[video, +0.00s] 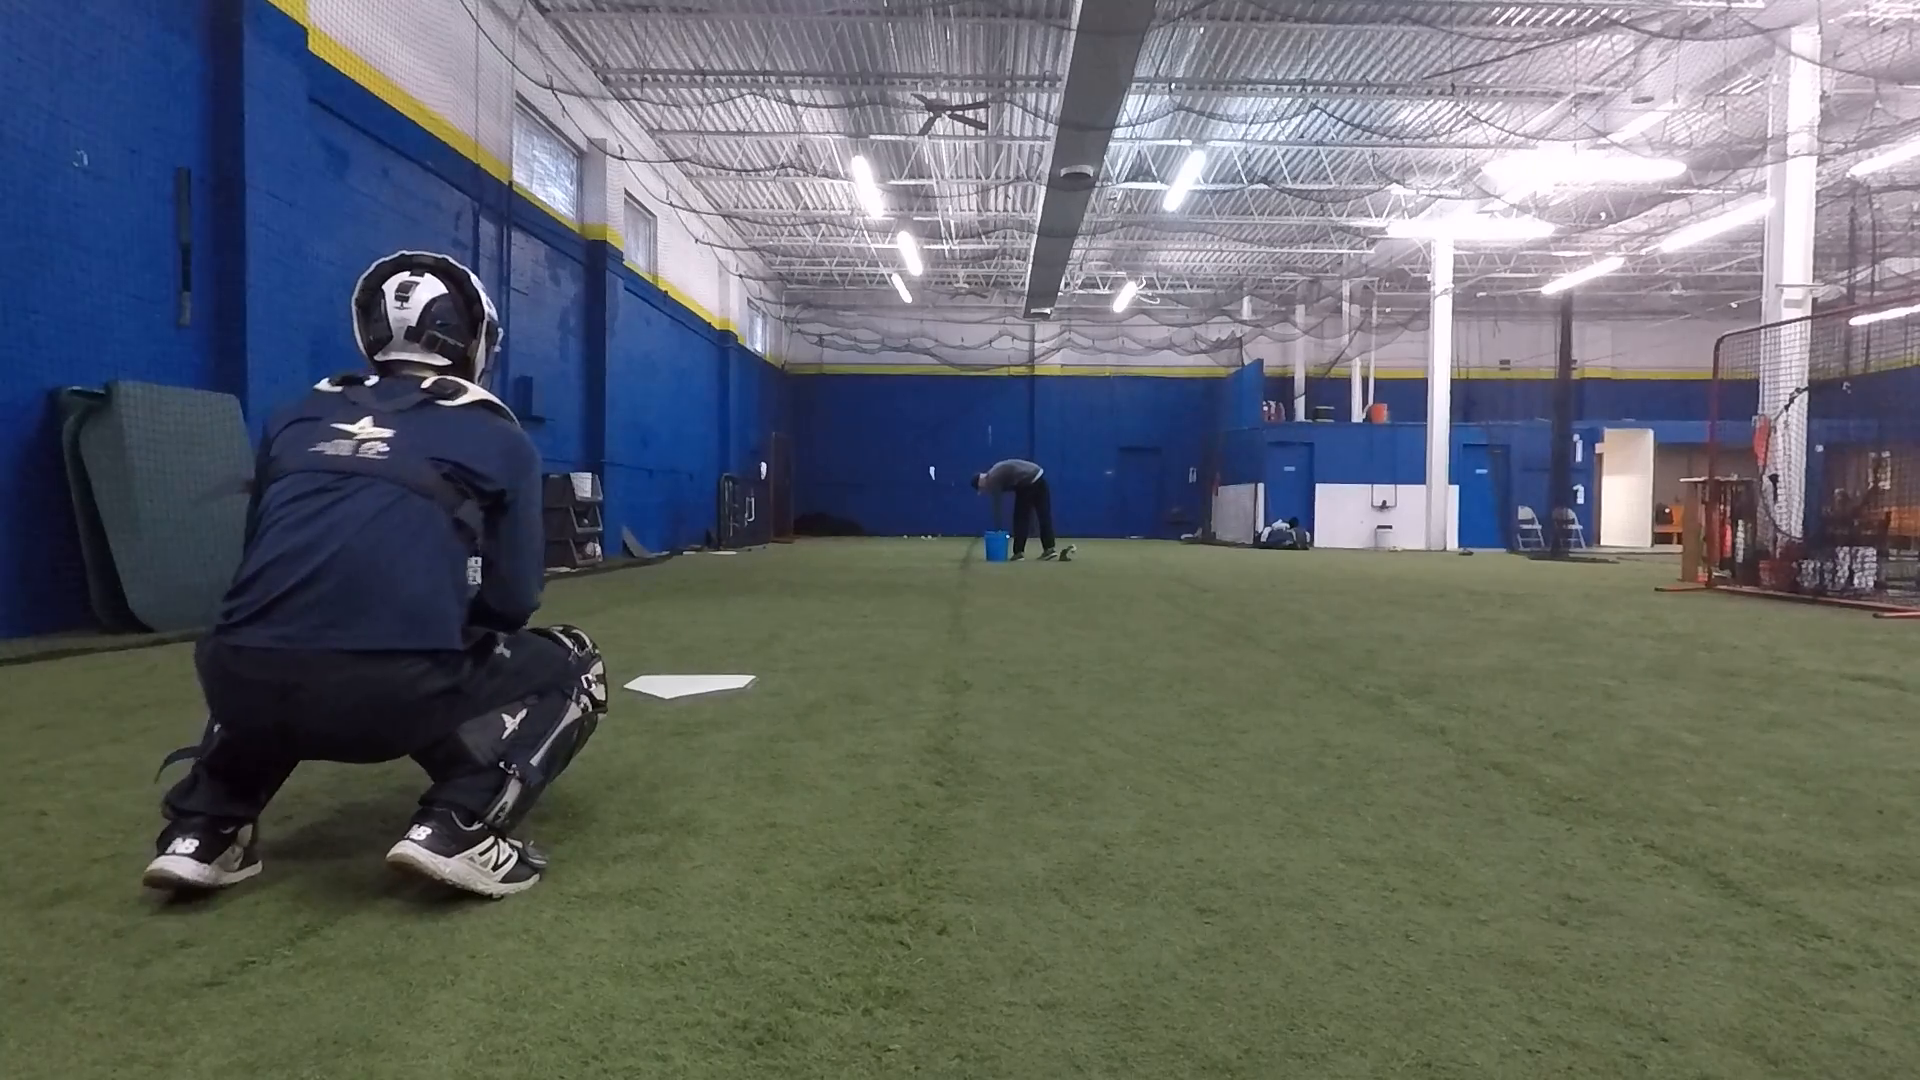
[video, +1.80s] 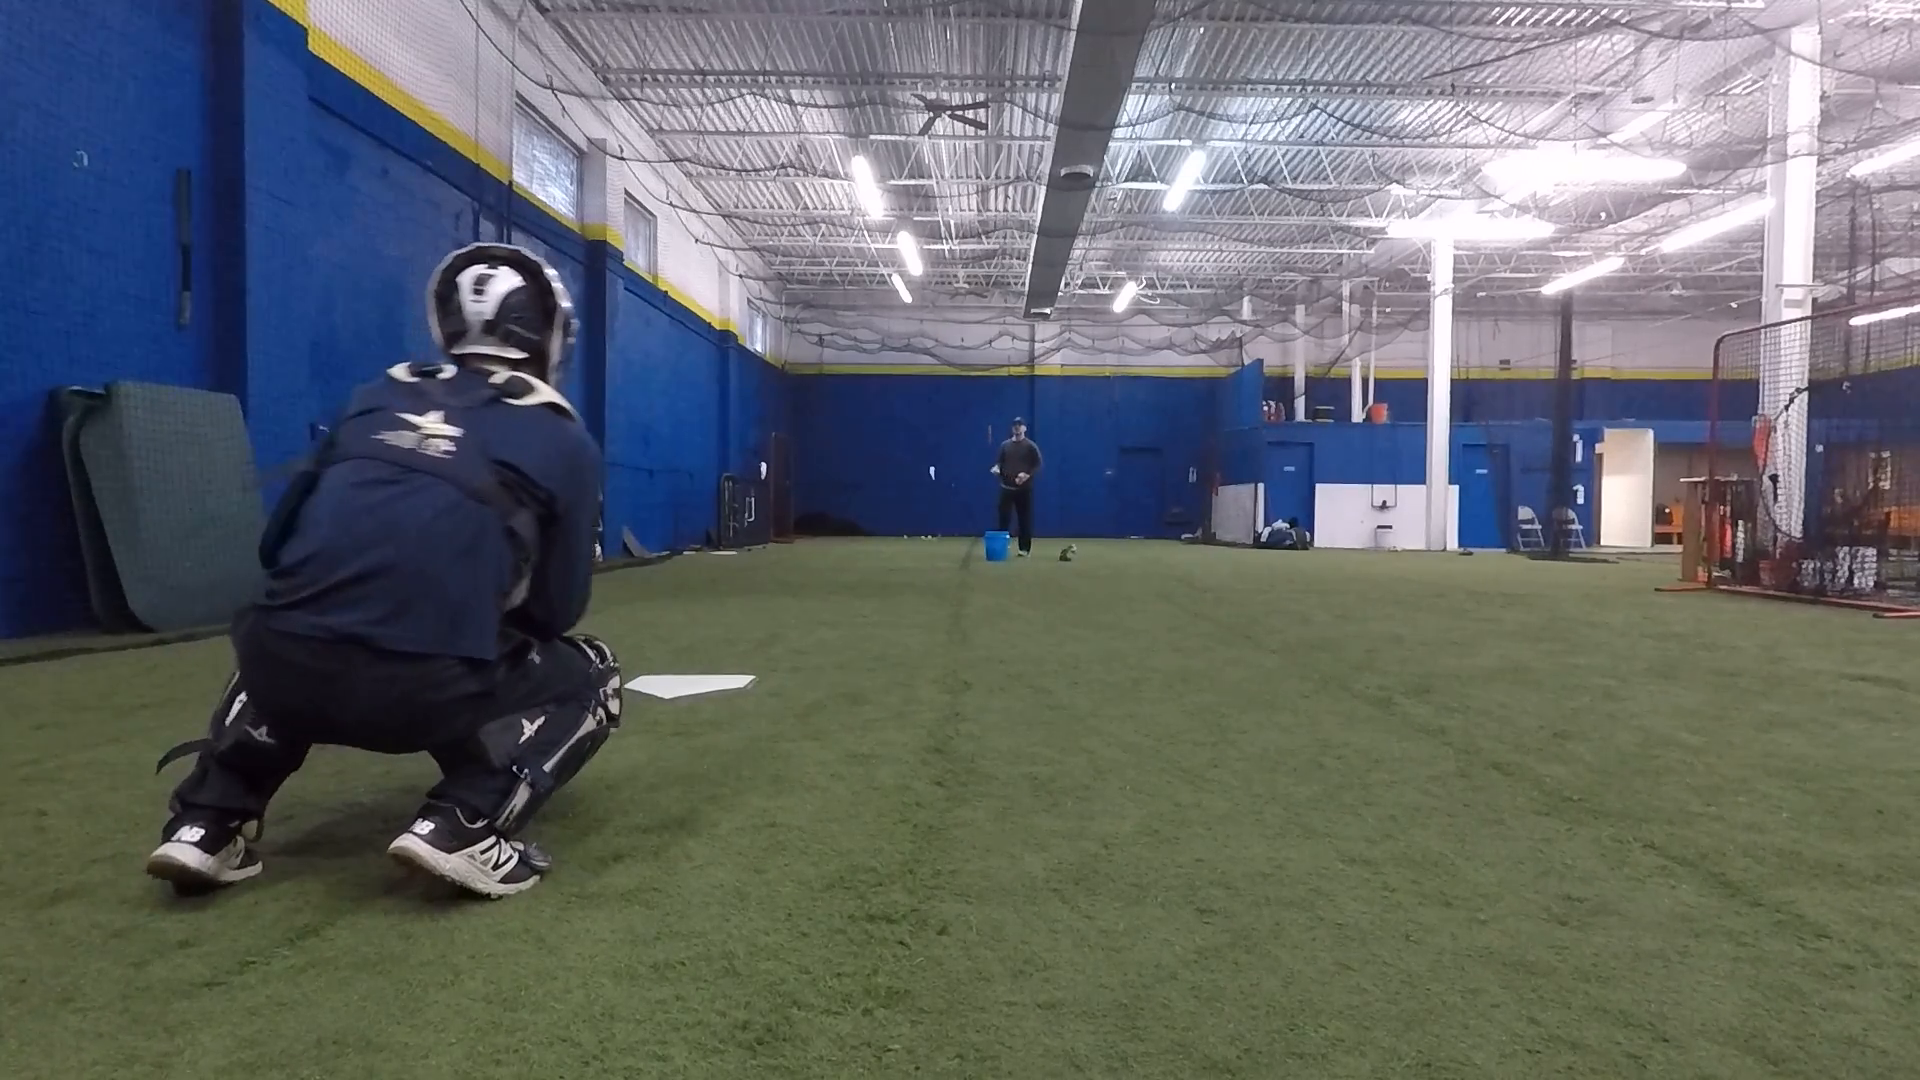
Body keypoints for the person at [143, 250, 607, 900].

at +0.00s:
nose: (488, 348)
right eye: (483, 334)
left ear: (369, 338)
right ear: (472, 342)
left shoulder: (295, 415)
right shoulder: (502, 439)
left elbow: (259, 554)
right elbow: (513, 598)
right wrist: (448, 636)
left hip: (252, 685)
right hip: (397, 693)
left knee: (283, 629)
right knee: (572, 665)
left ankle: (202, 827)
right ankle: (459, 823)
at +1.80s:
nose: (566, 342)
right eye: (562, 327)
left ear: (448, 330)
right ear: (550, 335)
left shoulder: (375, 396)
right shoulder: (567, 442)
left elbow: (278, 540)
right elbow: (556, 612)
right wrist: (463, 606)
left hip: (289, 670)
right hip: (430, 691)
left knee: (291, 631)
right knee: (589, 674)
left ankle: (205, 821)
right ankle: (462, 821)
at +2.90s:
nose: (469, 268)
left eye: (468, 254)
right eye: (465, 251)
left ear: (354, 240)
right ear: (447, 247)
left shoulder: (276, 305)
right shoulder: (423, 297)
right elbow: (433, 354)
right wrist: (434, 503)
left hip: (157, 535)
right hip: (291, 523)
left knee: (243, 625)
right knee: (533, 587)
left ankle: (111, 828)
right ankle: (486, 810)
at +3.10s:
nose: (460, 298)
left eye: (459, 284)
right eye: (460, 283)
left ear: (348, 276)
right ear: (445, 277)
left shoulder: (277, 337)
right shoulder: (425, 337)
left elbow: (231, 463)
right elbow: (421, 428)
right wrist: (390, 570)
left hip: (142, 569)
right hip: (274, 559)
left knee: (226, 649)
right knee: (527, 639)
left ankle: (64, 831)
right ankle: (520, 853)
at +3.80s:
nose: (463, 350)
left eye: (458, 335)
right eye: (459, 336)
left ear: (345, 338)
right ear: (442, 337)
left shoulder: (273, 399)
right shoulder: (433, 398)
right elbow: (475, 506)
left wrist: (352, 579)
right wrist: (456, 666)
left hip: (149, 639)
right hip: (286, 640)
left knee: (211, 667)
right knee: (562, 645)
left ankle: (56, 835)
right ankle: (509, 872)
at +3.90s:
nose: (461, 354)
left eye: (458, 338)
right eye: (457, 339)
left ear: (346, 343)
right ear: (437, 338)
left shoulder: (274, 404)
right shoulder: (433, 401)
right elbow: (481, 510)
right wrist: (461, 669)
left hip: (151, 646)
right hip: (286, 646)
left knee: (212, 663)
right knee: (563, 644)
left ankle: (57, 839)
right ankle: (510, 873)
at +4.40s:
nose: (472, 365)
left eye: (467, 350)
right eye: (468, 351)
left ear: (351, 358)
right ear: (453, 354)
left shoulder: (269, 421)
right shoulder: (438, 413)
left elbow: (218, 550)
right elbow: (532, 519)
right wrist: (484, 674)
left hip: (167, 653)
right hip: (319, 651)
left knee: (168, 644)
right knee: (567, 645)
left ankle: (51, 849)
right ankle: (509, 874)